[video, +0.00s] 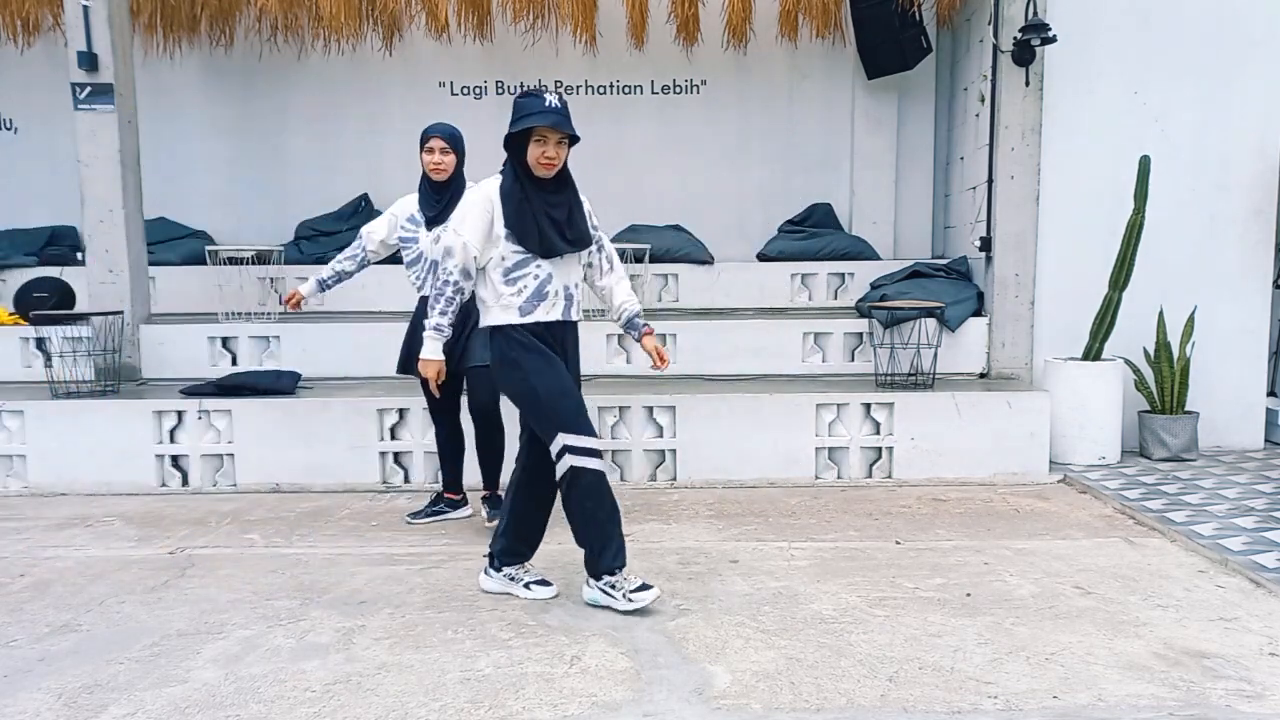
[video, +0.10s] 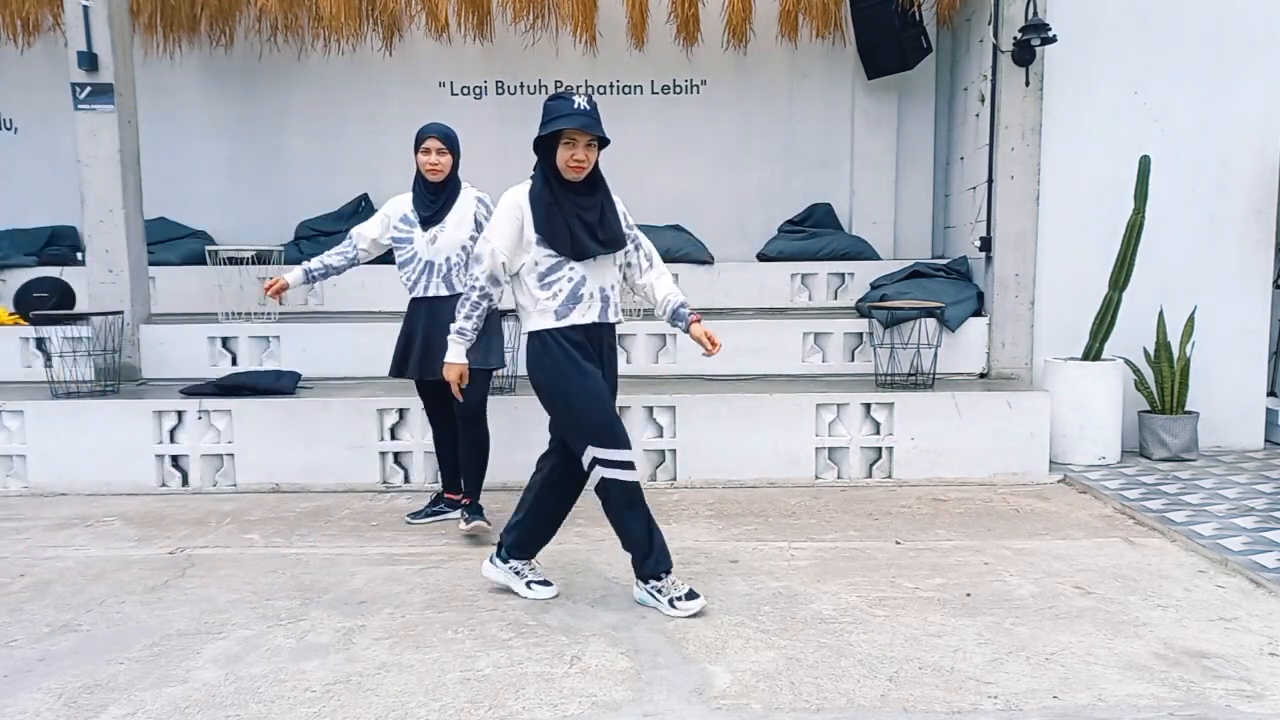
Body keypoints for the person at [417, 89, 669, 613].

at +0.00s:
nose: (550, 152)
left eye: (559, 142)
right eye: (539, 141)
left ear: (569, 146)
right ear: (519, 144)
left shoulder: (571, 200)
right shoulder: (486, 198)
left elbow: (604, 265)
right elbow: (451, 275)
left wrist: (638, 326)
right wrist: (432, 344)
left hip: (563, 338)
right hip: (515, 339)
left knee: (541, 455)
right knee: (575, 438)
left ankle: (503, 564)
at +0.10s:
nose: (578, 155)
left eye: (588, 145)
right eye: (568, 144)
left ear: (599, 149)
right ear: (548, 147)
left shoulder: (606, 203)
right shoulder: (520, 203)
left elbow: (644, 266)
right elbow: (482, 282)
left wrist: (686, 317)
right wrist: (458, 347)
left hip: (602, 344)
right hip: (553, 346)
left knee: (570, 457)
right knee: (609, 446)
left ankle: (509, 556)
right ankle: (654, 576)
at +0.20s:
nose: (605, 153)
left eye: (615, 143)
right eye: (595, 142)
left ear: (627, 148)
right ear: (575, 145)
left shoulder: (638, 201)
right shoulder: (551, 205)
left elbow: (676, 267)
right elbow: (515, 285)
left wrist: (715, 316)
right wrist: (491, 355)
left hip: (640, 343)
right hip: (592, 347)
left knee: (630, 457)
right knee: (639, 451)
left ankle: (546, 533)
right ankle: (658, 581)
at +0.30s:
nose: (630, 147)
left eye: (640, 137)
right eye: (619, 137)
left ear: (653, 142)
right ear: (601, 140)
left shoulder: (667, 196)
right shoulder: (578, 201)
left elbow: (701, 266)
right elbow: (554, 283)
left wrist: (727, 322)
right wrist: (536, 356)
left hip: (667, 340)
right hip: (615, 345)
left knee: (696, 451)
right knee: (651, 458)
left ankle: (614, 523)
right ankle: (659, 579)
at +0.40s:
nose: (651, 140)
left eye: (662, 130)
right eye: (641, 129)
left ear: (676, 135)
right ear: (623, 133)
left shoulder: (694, 190)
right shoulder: (600, 197)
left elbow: (722, 264)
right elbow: (585, 283)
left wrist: (732, 332)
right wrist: (588, 352)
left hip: (695, 338)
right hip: (634, 341)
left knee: (731, 442)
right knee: (653, 458)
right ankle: (658, 578)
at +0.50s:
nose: (668, 138)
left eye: (680, 128)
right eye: (659, 127)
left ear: (696, 132)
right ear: (643, 131)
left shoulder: (723, 191)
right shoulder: (624, 194)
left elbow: (744, 269)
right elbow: (614, 277)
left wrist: (736, 338)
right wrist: (635, 341)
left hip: (714, 337)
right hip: (653, 341)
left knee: (749, 446)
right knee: (659, 461)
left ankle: (770, 554)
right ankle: (660, 578)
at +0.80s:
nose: (710, 148)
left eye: (719, 137)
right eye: (705, 138)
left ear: (750, 136)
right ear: (702, 138)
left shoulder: (796, 193)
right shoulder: (699, 194)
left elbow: (818, 273)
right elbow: (685, 277)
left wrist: (789, 341)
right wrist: (713, 338)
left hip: (776, 342)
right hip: (712, 341)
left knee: (783, 460)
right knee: (697, 458)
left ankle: (797, 563)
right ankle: (678, 571)